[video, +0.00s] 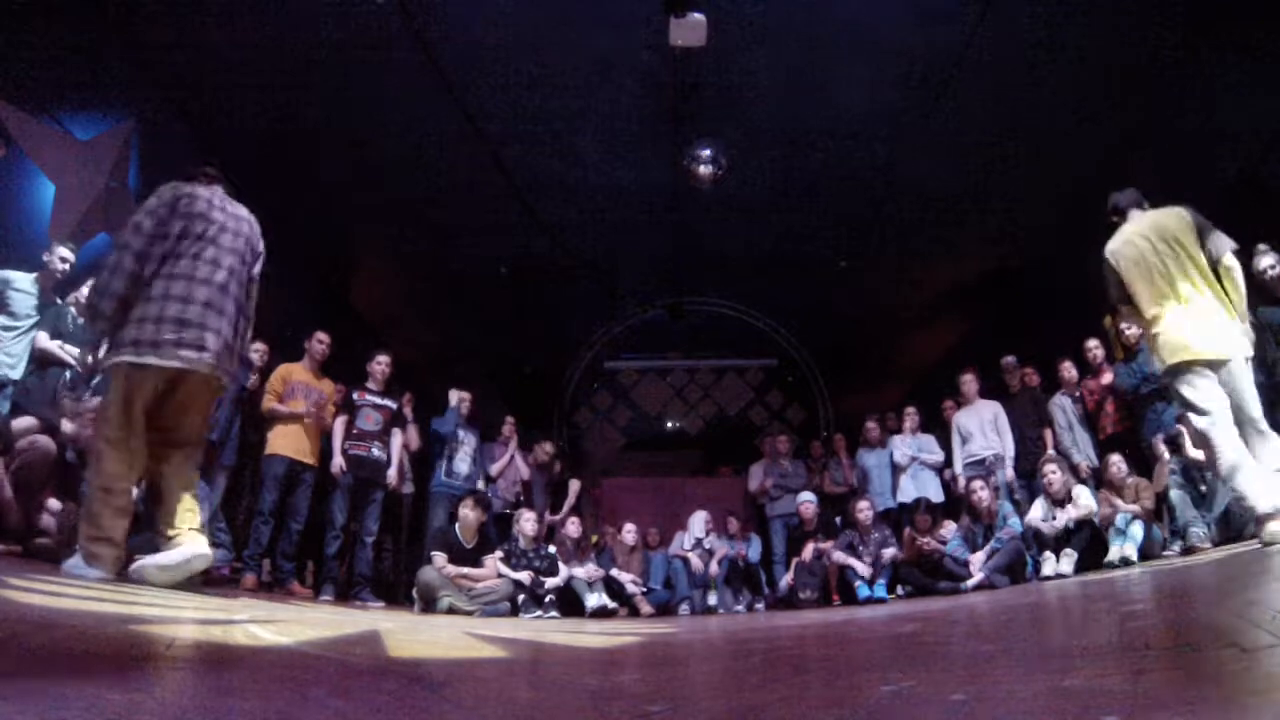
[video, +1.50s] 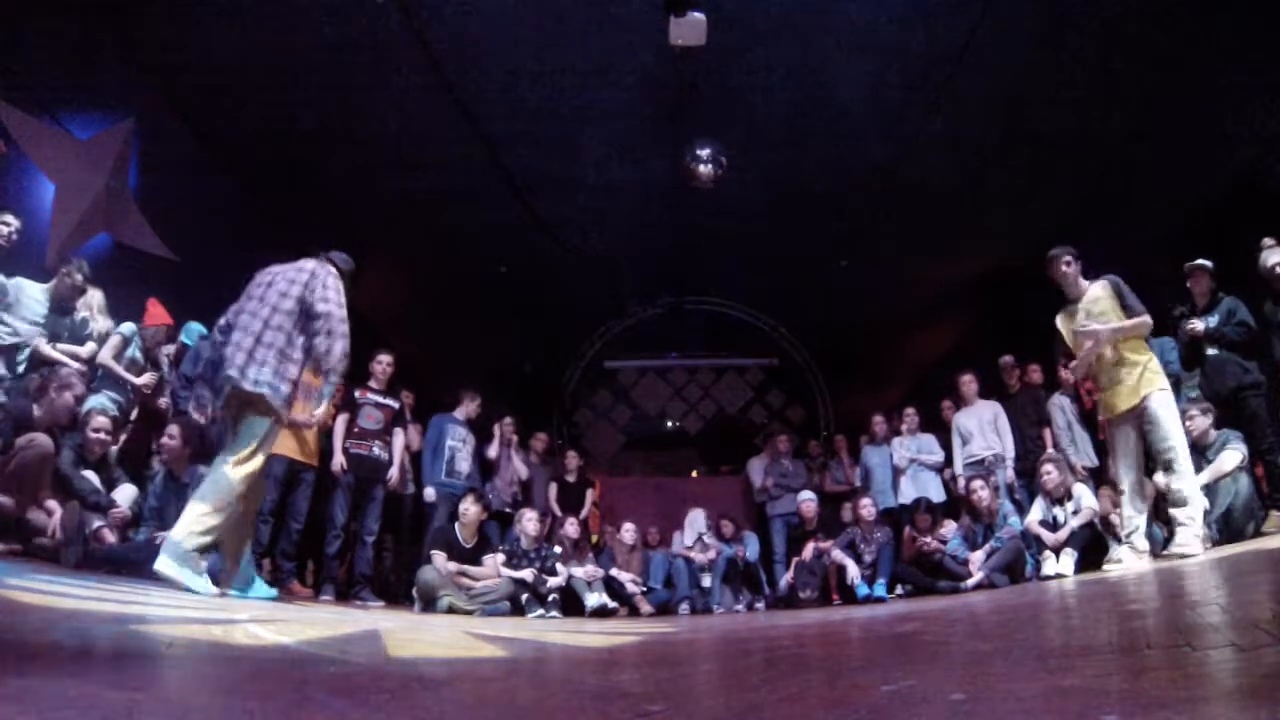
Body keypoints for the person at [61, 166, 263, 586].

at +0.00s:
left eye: (185, 180)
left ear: (188, 178)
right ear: (226, 188)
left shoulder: (172, 195)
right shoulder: (250, 225)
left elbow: (125, 262)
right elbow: (248, 302)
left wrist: (100, 325)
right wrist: (231, 362)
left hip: (151, 333)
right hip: (213, 348)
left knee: (118, 443)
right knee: (180, 445)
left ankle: (98, 557)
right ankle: (185, 537)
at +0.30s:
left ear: (212, 184)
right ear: (248, 195)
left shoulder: (168, 202)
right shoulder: (254, 215)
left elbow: (127, 267)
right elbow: (253, 279)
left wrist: (119, 327)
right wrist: (242, 346)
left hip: (147, 321)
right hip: (210, 330)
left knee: (121, 438)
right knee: (190, 447)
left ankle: (97, 556)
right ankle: (175, 561)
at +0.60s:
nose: (280, 231)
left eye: (280, 226)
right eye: (281, 225)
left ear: (253, 199)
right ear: (277, 214)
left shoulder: (199, 213)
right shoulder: (270, 224)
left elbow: (161, 270)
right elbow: (258, 284)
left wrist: (134, 331)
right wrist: (240, 350)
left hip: (151, 329)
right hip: (208, 340)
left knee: (127, 442)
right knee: (191, 455)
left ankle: (94, 558)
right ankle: (173, 567)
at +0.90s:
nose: (305, 248)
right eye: (307, 243)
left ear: (281, 217)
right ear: (304, 235)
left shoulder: (227, 227)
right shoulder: (297, 247)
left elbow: (183, 281)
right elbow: (285, 316)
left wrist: (176, 340)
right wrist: (266, 384)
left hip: (185, 346)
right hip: (240, 362)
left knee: (159, 448)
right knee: (207, 464)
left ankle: (114, 530)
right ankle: (174, 564)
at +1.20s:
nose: (325, 264)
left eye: (327, 258)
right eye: (326, 259)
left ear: (301, 232)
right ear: (322, 249)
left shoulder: (247, 245)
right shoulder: (314, 259)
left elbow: (208, 297)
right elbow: (317, 329)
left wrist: (198, 350)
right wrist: (308, 394)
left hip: (210, 352)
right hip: (260, 363)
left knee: (197, 456)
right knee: (221, 464)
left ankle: (186, 564)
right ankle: (172, 562)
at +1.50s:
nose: (338, 285)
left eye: (340, 280)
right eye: (340, 280)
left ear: (317, 257)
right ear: (335, 270)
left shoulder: (269, 272)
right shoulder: (325, 275)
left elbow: (225, 325)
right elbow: (334, 337)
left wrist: (210, 379)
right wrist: (328, 389)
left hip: (237, 367)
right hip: (271, 373)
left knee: (246, 477)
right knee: (235, 468)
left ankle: (238, 572)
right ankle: (179, 553)